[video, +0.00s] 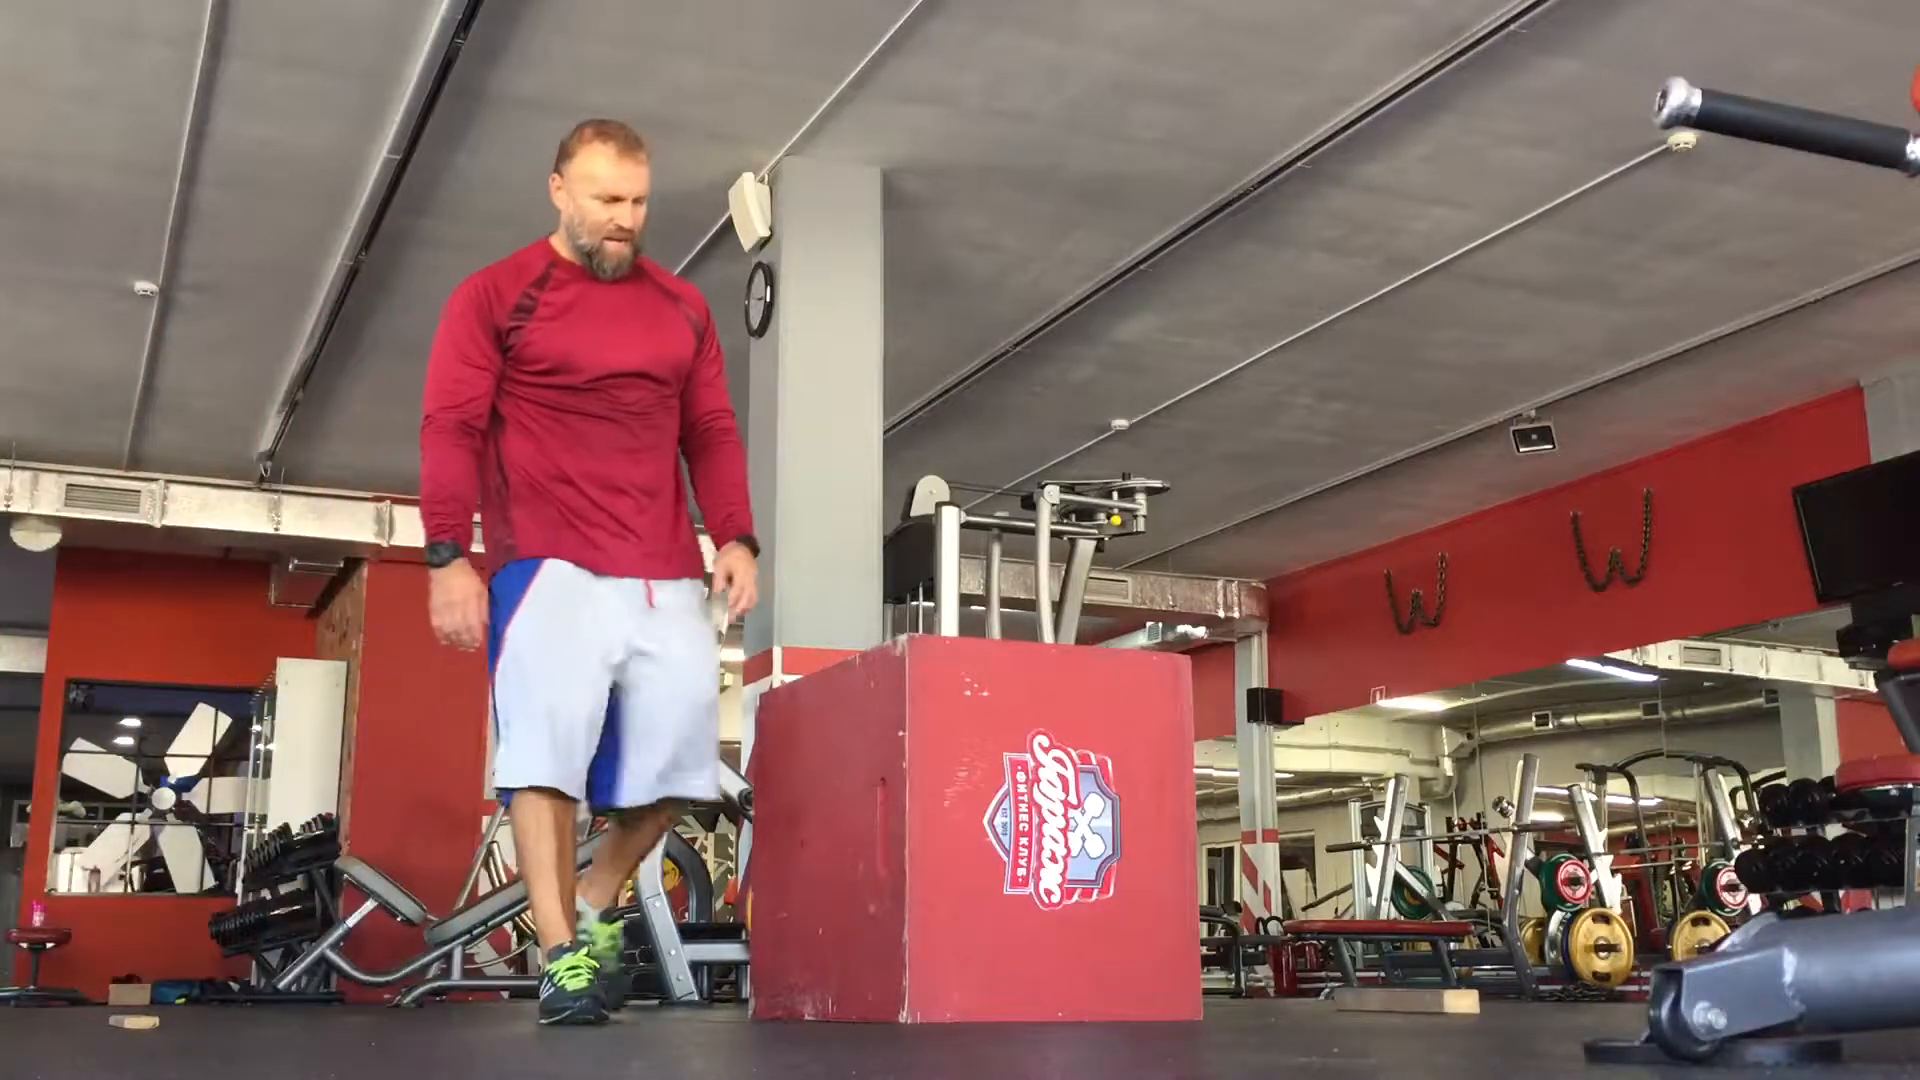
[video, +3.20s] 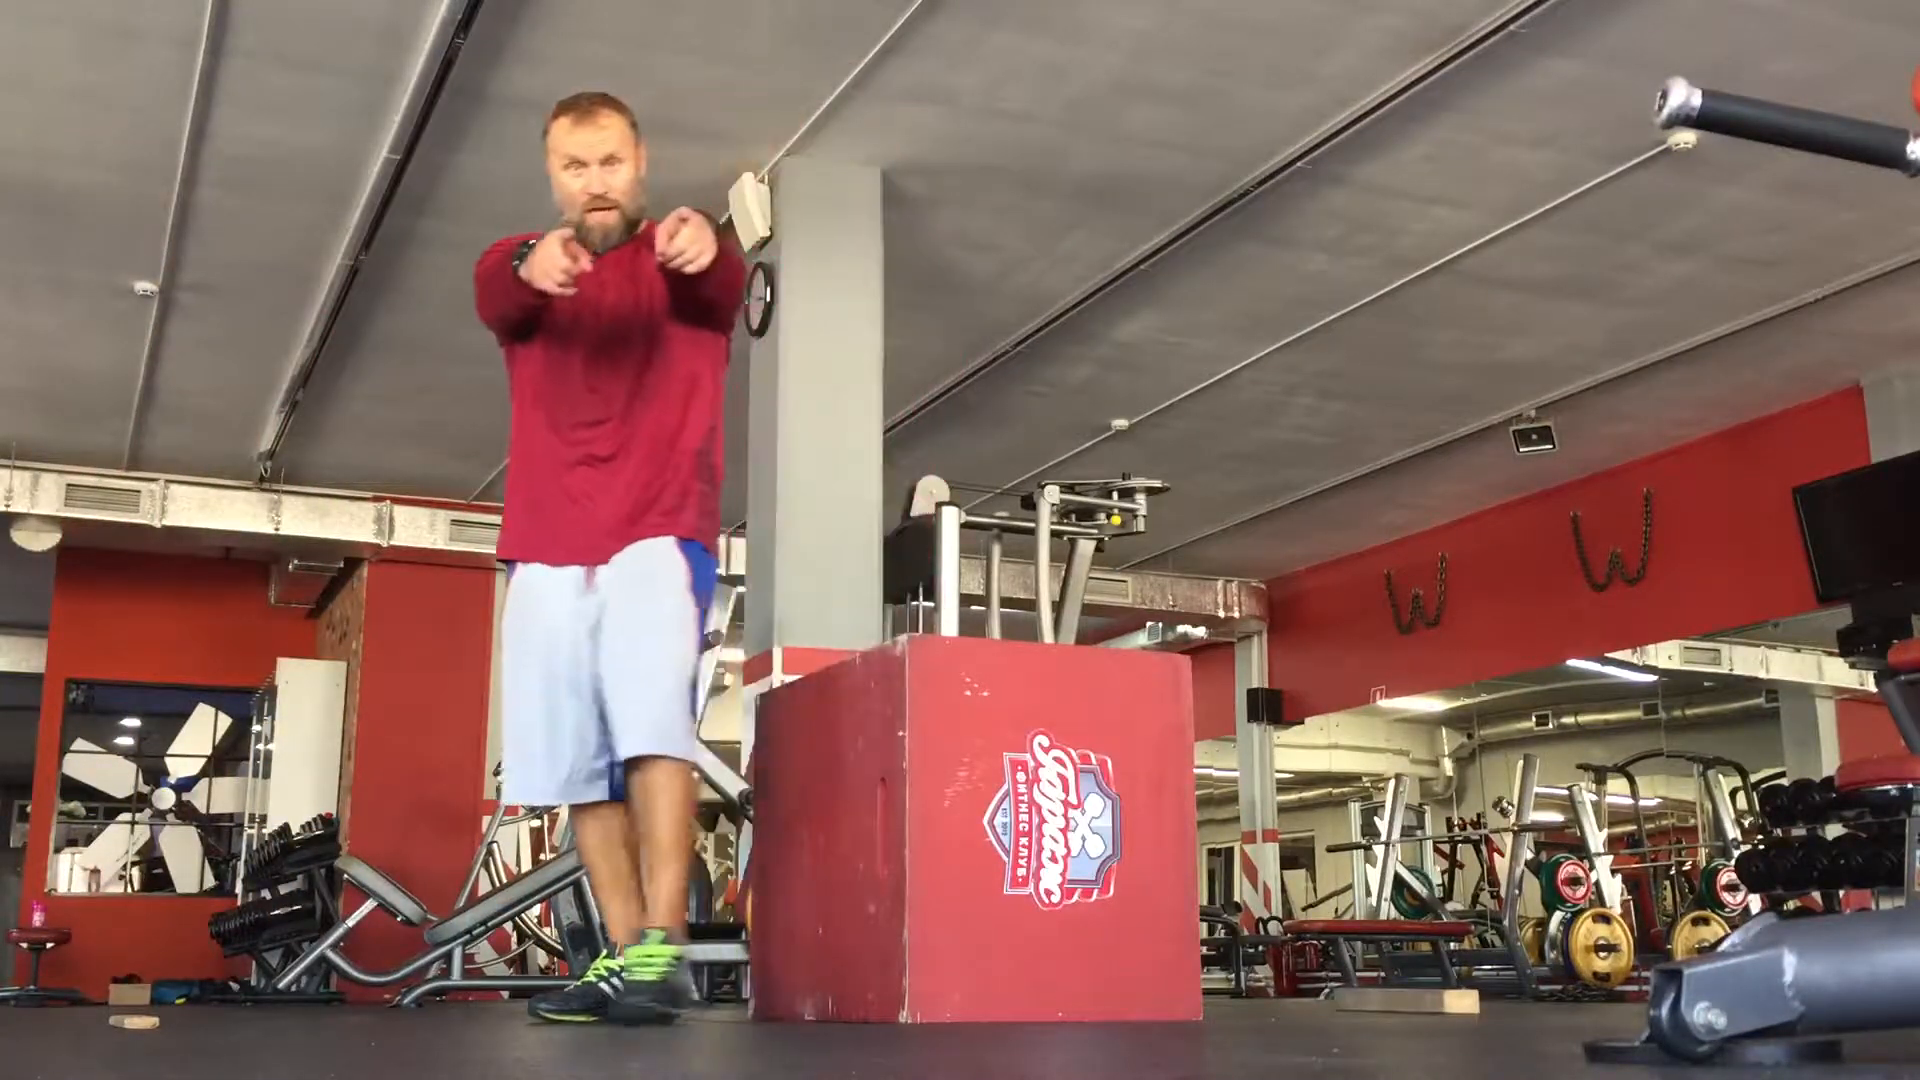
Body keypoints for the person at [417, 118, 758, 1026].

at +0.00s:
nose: (627, 218)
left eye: (639, 201)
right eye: (608, 199)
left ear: (651, 200)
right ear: (559, 190)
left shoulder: (682, 306)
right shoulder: (496, 297)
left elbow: (712, 432)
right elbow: (452, 427)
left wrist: (733, 538)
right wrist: (449, 555)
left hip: (666, 575)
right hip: (551, 568)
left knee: (680, 746)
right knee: (544, 749)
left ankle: (598, 892)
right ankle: (557, 951)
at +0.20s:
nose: (658, 206)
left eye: (671, 188)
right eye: (639, 185)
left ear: (685, 184)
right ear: (590, 174)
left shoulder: (714, 291)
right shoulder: (520, 280)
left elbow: (745, 424)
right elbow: (477, 407)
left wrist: (765, 535)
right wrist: (490, 526)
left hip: (703, 561)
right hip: (573, 562)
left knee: (725, 741)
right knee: (548, 753)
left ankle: (712, 948)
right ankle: (560, 954)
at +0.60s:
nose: (794, 201)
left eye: (810, 186)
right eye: (777, 182)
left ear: (829, 179)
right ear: (733, 160)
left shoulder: (851, 301)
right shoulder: (646, 244)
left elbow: (871, 440)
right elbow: (578, 365)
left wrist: (888, 563)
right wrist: (536, 488)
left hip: (769, 551)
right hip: (633, 534)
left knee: (782, 746)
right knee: (597, 741)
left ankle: (780, 960)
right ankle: (574, 951)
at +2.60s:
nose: (782, 143)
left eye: (801, 126)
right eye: (764, 125)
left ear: (830, 136)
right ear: (734, 132)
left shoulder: (874, 270)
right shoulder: (669, 236)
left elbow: (899, 403)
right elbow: (615, 357)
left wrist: (876, 519)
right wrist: (602, 469)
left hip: (795, 543)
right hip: (665, 533)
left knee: (786, 746)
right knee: (639, 740)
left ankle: (779, 958)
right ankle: (643, 956)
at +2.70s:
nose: (747, 147)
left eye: (766, 129)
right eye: (729, 130)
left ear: (797, 139)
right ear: (702, 141)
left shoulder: (849, 268)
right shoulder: (647, 248)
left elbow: (887, 380)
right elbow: (590, 356)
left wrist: (861, 433)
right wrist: (608, 423)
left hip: (784, 531)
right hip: (656, 528)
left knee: (782, 742)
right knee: (636, 740)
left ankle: (779, 958)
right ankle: (640, 964)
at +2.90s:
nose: (676, 167)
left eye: (694, 150)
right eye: (657, 153)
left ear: (726, 162)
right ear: (634, 169)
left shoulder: (767, 253)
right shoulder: (597, 252)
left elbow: (805, 279)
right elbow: (567, 291)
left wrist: (798, 280)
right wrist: (605, 288)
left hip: (741, 549)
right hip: (615, 553)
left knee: (762, 750)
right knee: (618, 754)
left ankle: (775, 958)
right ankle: (636, 963)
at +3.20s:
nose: (594, 178)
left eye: (610, 160)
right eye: (574, 164)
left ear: (641, 165)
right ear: (550, 176)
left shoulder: (688, 253)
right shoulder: (522, 261)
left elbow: (721, 283)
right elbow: (492, 294)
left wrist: (698, 251)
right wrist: (530, 270)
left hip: (655, 527)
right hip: (550, 537)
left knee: (652, 726)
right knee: (575, 742)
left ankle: (662, 947)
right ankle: (623, 949)